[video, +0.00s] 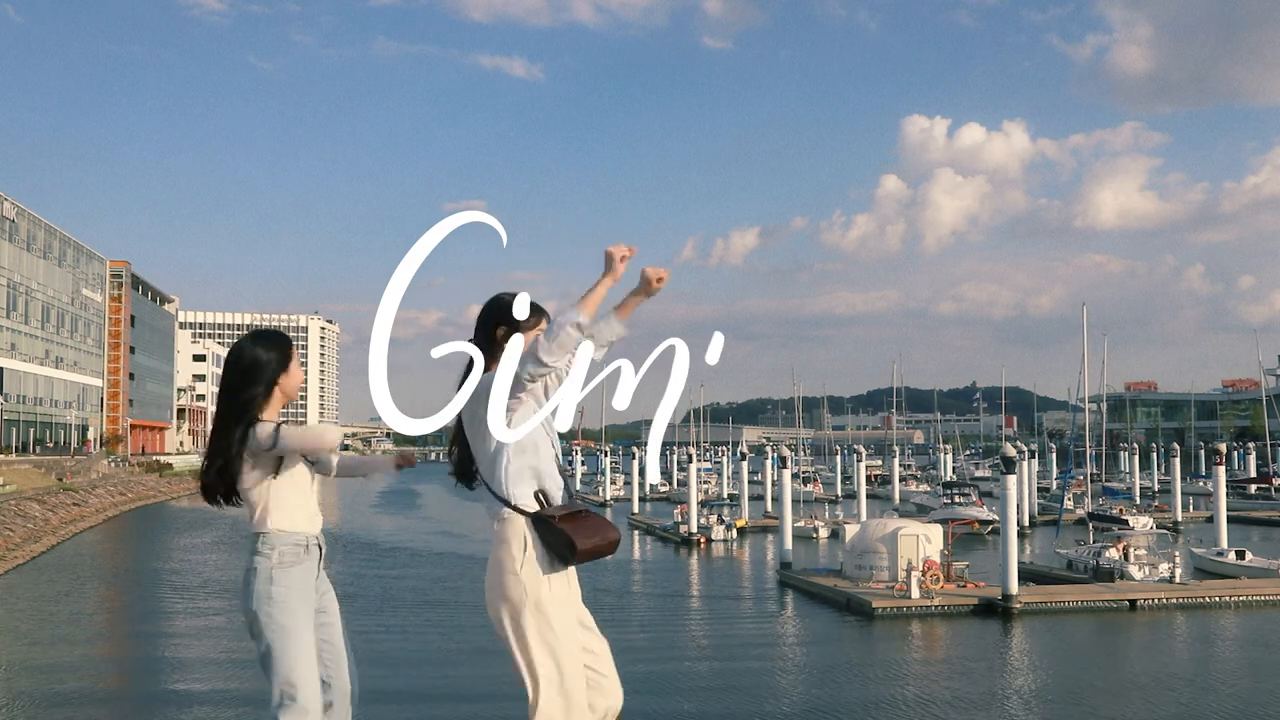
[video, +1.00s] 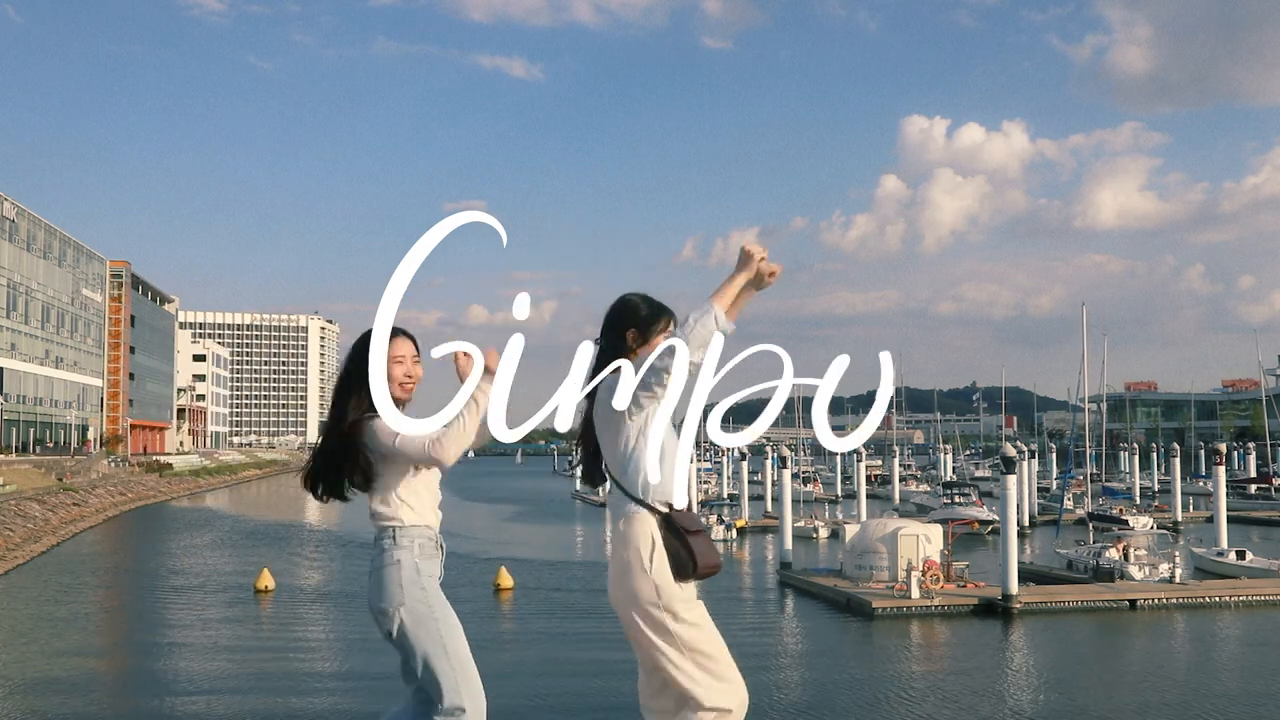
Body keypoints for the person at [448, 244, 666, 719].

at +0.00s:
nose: (546, 342)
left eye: (546, 332)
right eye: (538, 332)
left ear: (511, 340)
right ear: (511, 338)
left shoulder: (525, 389)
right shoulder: (491, 394)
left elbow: (587, 344)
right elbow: (555, 346)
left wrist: (640, 294)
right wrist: (609, 278)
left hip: (549, 553)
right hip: (522, 557)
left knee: (604, 692)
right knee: (559, 699)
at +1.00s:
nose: (673, 347)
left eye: (673, 336)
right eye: (665, 336)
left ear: (636, 341)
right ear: (633, 340)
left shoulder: (640, 392)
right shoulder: (621, 390)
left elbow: (699, 342)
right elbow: (684, 344)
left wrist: (750, 287)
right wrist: (740, 274)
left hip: (655, 549)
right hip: (643, 551)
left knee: (663, 697)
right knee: (723, 695)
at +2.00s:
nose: (822, 319)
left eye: (821, 309)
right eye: (816, 308)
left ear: (780, 308)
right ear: (785, 308)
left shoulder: (781, 360)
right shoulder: (782, 359)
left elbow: (834, 320)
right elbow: (863, 310)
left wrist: (870, 268)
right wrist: (921, 232)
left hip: (822, 529)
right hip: (801, 530)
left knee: (877, 673)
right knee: (794, 684)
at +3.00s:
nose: (940, 320)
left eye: (946, 310)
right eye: (927, 309)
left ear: (951, 315)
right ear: (896, 317)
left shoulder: (912, 375)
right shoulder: (903, 378)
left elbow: (916, 466)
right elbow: (910, 469)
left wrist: (986, 478)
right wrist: (996, 477)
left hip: (921, 533)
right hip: (931, 533)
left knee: (932, 685)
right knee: (996, 681)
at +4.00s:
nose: (1065, 339)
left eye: (1064, 329)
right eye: (1066, 327)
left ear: (1007, 325)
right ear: (1053, 324)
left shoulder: (998, 392)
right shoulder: (1041, 393)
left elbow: (1004, 491)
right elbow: (1076, 493)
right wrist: (1102, 474)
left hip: (1023, 556)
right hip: (1045, 559)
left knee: (1112, 691)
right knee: (1053, 698)